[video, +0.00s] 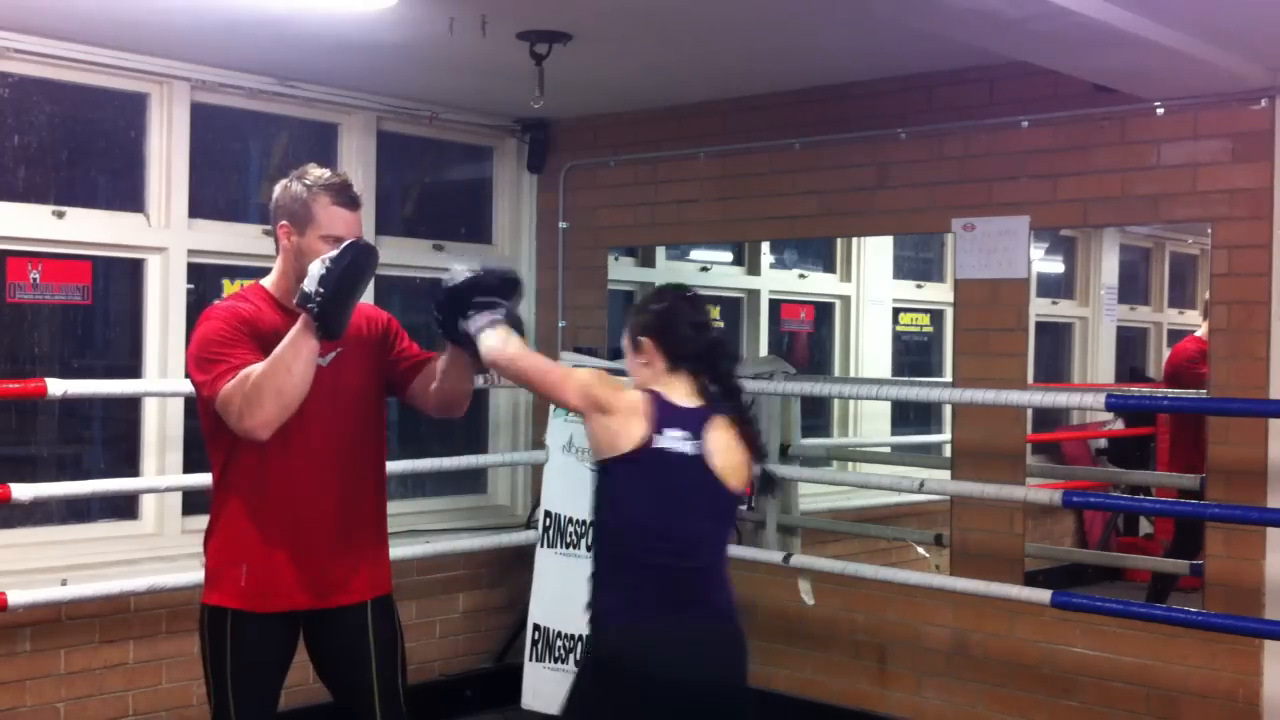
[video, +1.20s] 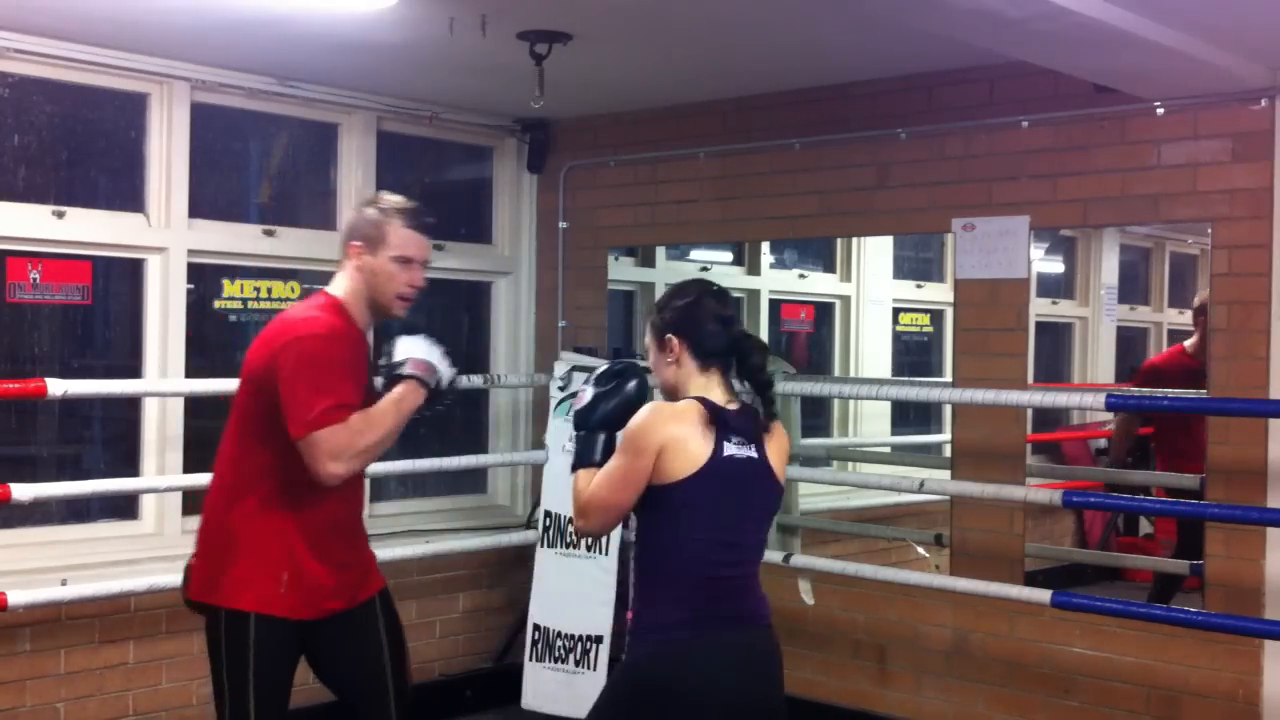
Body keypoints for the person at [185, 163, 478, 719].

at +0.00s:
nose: (345, 258)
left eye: (353, 245)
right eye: (331, 241)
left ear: (363, 245)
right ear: (285, 236)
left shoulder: (372, 326)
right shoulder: (226, 323)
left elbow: (445, 401)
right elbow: (254, 416)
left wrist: (463, 332)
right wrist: (316, 316)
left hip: (354, 581)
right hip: (251, 586)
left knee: (382, 710)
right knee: (241, 713)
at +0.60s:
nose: (307, 260)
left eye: (314, 246)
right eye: (292, 245)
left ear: (321, 242)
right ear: (246, 239)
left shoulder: (333, 324)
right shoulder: (193, 324)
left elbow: (386, 421)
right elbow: (180, 414)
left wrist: (396, 372)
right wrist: (253, 318)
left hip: (344, 577)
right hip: (242, 585)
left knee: (375, 709)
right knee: (238, 713)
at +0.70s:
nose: (306, 256)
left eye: (312, 241)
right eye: (290, 239)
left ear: (316, 242)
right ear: (245, 239)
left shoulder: (331, 330)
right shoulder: (188, 333)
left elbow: (369, 424)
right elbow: (180, 435)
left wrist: (402, 438)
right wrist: (255, 335)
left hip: (338, 578)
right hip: (236, 589)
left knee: (371, 708)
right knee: (231, 715)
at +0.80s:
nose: (312, 259)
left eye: (317, 245)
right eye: (296, 242)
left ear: (322, 247)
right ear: (250, 242)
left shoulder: (324, 333)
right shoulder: (194, 341)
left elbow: (353, 440)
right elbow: (208, 452)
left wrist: (388, 493)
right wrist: (296, 376)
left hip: (333, 581)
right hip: (233, 594)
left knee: (368, 708)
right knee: (233, 714)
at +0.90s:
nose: (328, 264)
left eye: (333, 250)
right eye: (313, 247)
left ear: (333, 253)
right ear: (267, 245)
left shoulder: (318, 335)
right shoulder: (214, 341)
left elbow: (311, 461)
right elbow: (250, 461)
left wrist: (334, 541)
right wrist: (335, 396)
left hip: (325, 581)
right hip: (233, 597)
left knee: (366, 707)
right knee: (236, 714)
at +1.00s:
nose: (352, 268)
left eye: (357, 254)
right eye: (337, 250)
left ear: (360, 253)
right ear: (291, 247)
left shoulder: (317, 338)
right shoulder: (248, 336)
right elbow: (296, 462)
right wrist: (363, 396)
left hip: (323, 580)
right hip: (239, 593)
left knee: (365, 704)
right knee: (240, 713)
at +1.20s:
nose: (417, 281)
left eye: (423, 267)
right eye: (404, 262)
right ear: (357, 257)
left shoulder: (350, 333)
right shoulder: (310, 332)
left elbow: (336, 444)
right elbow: (333, 457)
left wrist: (393, 395)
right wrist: (415, 384)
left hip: (337, 573)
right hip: (259, 580)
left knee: (386, 704)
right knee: (250, 712)